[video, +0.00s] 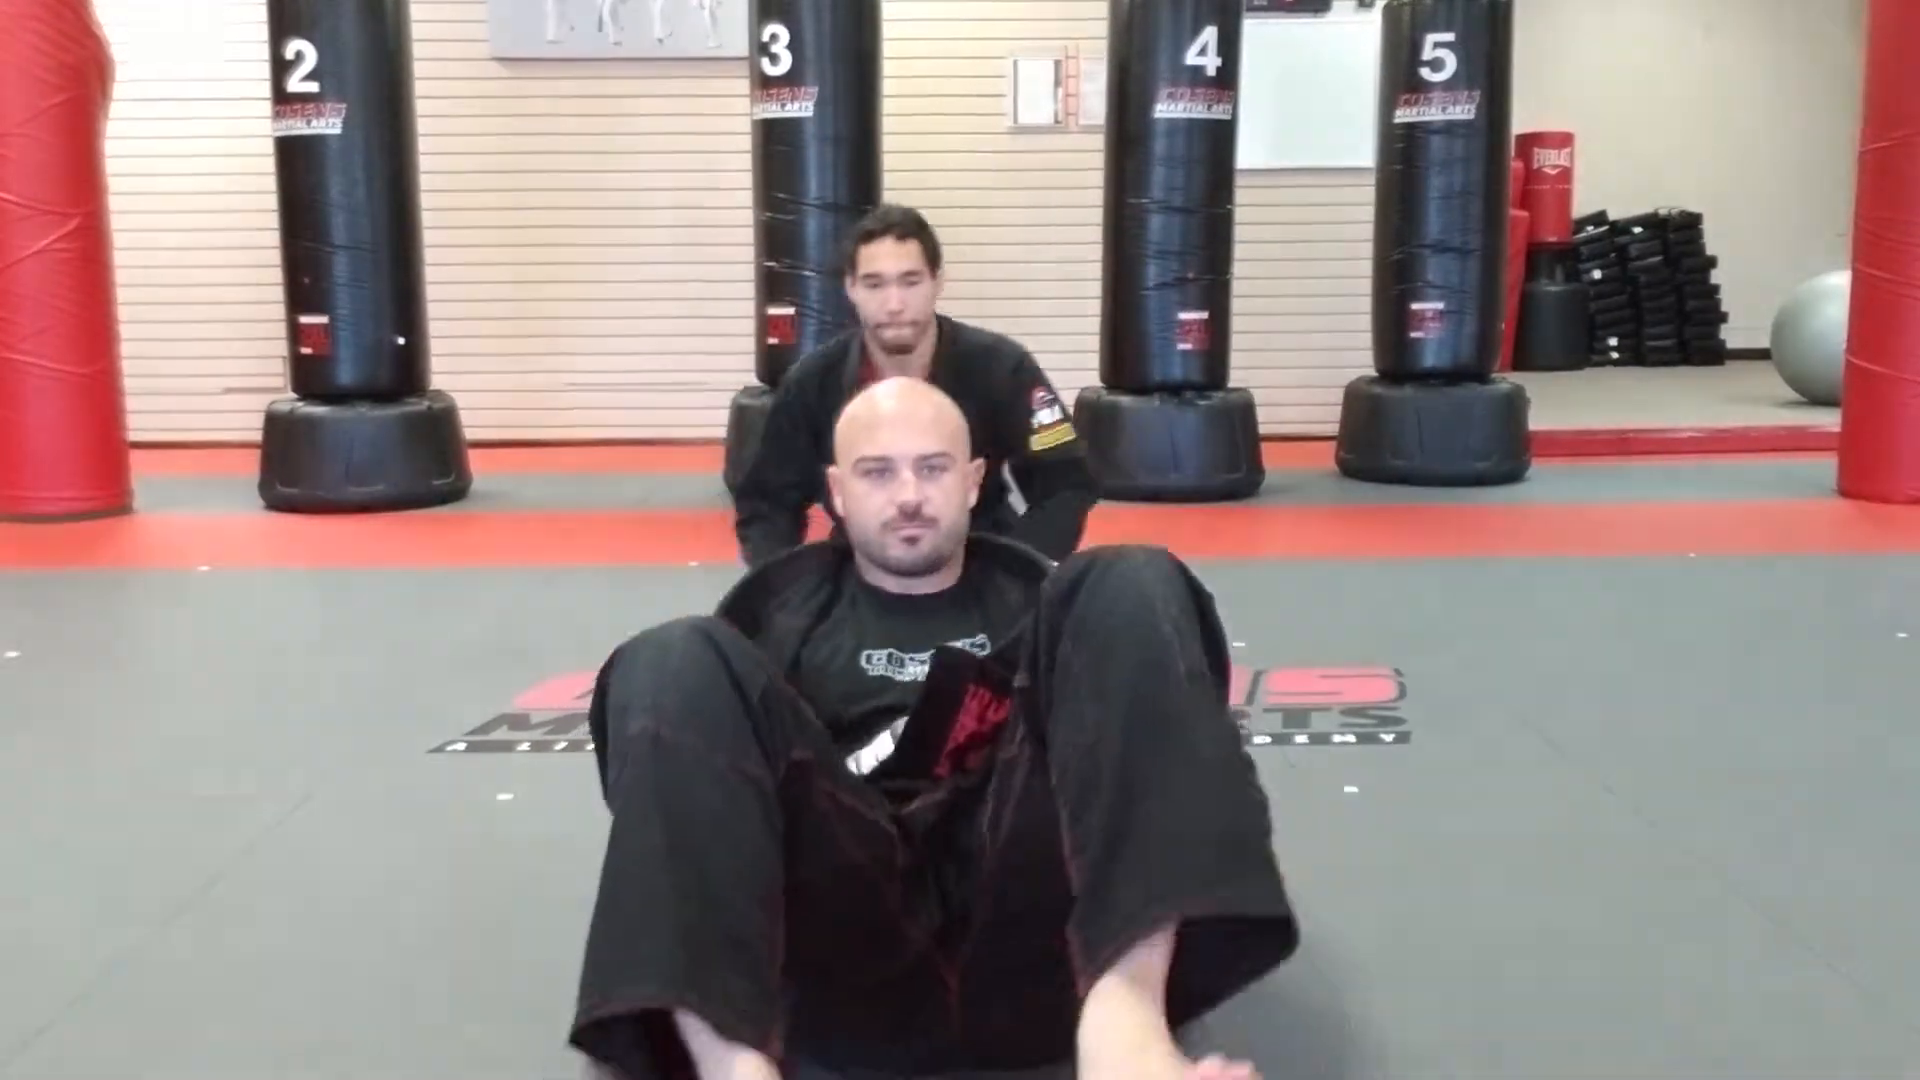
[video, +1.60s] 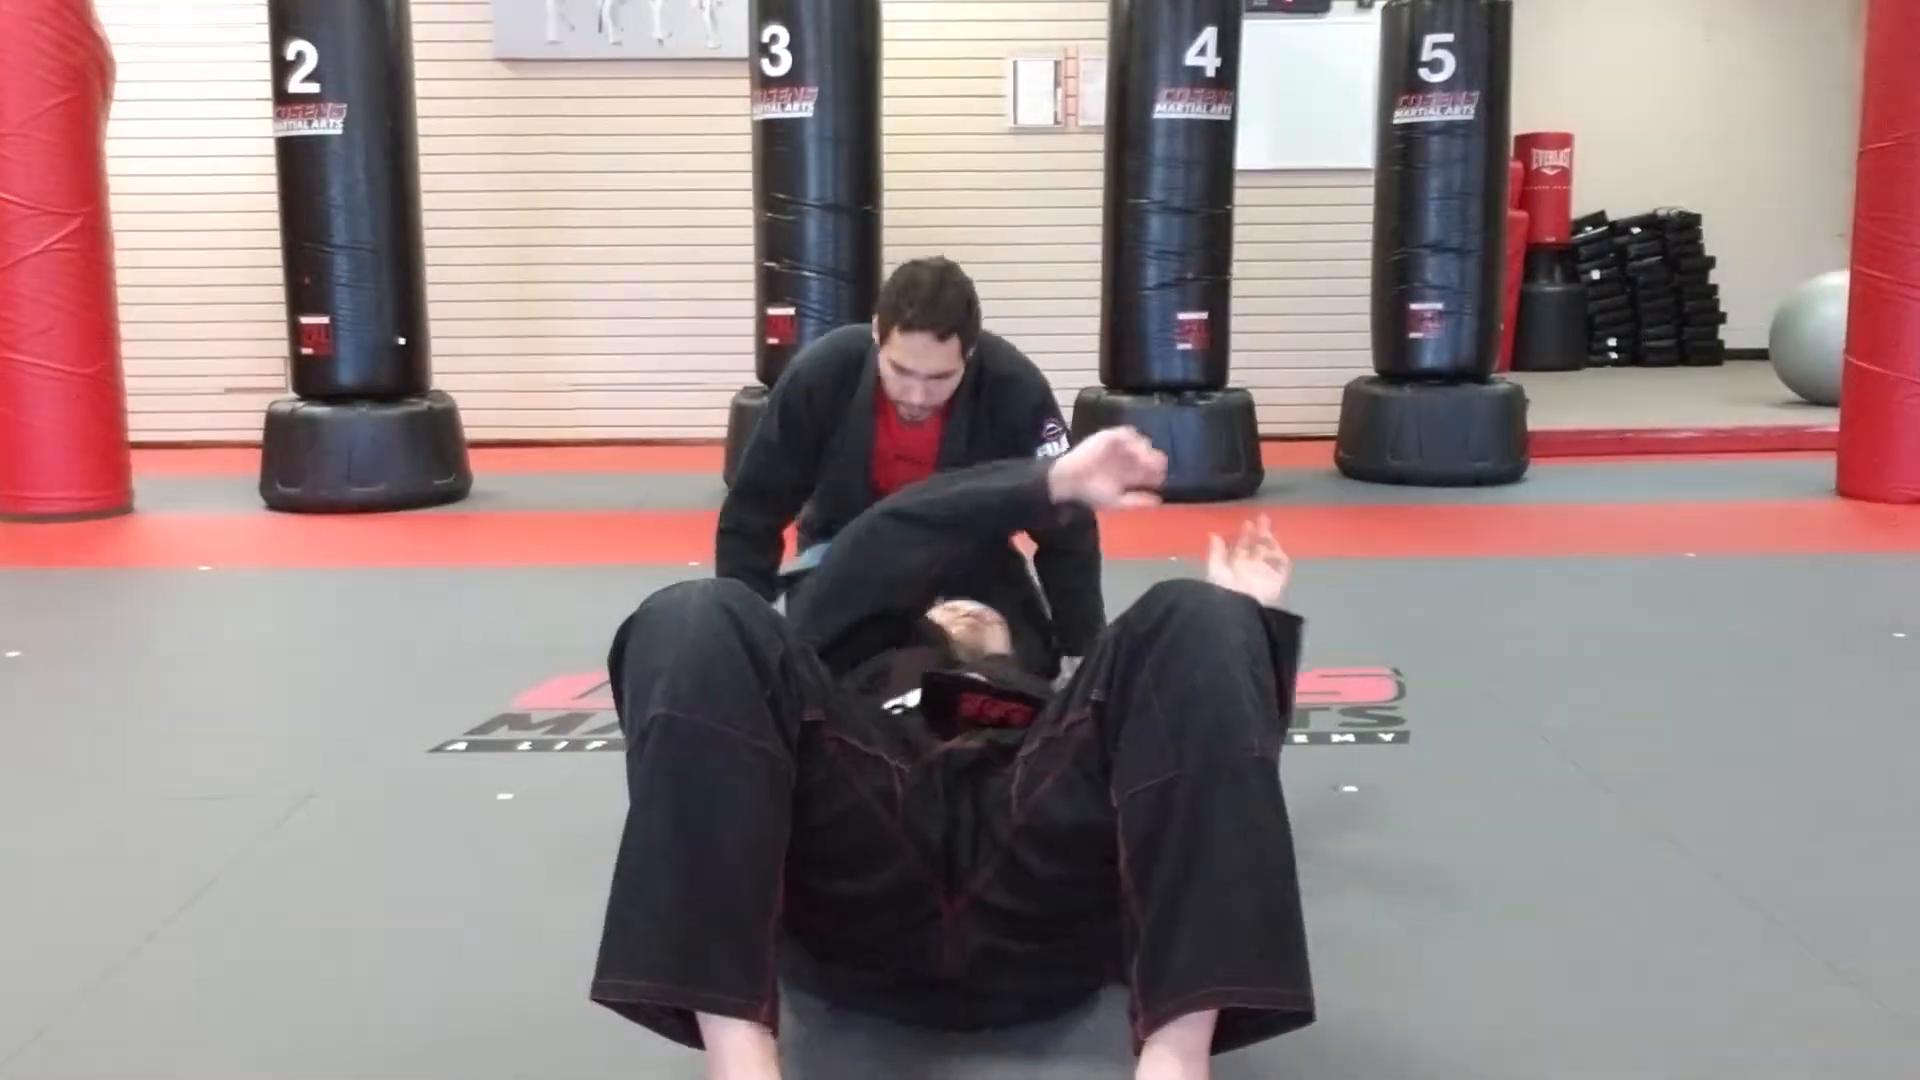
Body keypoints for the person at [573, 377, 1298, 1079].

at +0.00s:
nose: (908, 497)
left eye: (933, 469)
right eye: (878, 473)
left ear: (976, 481)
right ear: (833, 494)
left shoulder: (1054, 605)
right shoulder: (772, 609)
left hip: (1030, 938)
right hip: (829, 935)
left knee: (1138, 582)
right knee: (668, 663)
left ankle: (1129, 1027)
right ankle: (730, 1058)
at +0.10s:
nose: (891, 535)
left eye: (912, 509)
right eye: (859, 515)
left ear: (950, 519)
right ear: (812, 543)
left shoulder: (1037, 614)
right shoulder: (760, 643)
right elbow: (678, 779)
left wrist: (1068, 579)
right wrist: (650, 1002)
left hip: (1045, 949)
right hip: (845, 960)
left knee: (1126, 553)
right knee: (674, 620)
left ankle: (1171, 965)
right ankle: (782, 1035)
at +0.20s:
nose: (872, 564)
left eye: (890, 536)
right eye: (839, 549)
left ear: (928, 545)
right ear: (801, 575)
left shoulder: (1022, 643)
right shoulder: (768, 683)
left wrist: (1078, 556)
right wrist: (666, 978)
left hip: (1058, 949)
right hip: (859, 974)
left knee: (1113, 530)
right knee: (685, 585)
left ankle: (1186, 908)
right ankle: (794, 990)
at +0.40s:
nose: (856, 595)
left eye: (874, 571)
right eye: (824, 587)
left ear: (916, 588)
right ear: (796, 628)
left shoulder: (1025, 672)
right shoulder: (778, 716)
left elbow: (1185, 676)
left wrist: (1066, 572)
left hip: (1054, 947)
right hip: (850, 964)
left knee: (1108, 528)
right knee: (690, 569)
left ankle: (1178, 967)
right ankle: (715, 974)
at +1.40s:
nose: (876, 637)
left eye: (892, 631)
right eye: (854, 631)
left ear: (921, 649)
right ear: (824, 655)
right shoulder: (799, 696)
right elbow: (725, 619)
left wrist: (1135, 579)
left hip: (1060, 891)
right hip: (850, 906)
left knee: (1174, 600)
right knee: (672, 629)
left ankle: (1167, 1050)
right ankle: (734, 1053)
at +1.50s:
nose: (909, 634)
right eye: (895, 626)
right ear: (867, 638)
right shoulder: (816, 700)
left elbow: (1217, 720)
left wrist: (1208, 596)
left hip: (1055, 886)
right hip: (855, 888)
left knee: (1192, 607)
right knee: (677, 620)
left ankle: (1173, 1049)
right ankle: (737, 1048)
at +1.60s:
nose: (962, 617)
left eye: (986, 611)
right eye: (935, 612)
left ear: (1025, 643)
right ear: (898, 630)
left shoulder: (1079, 714)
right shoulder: (832, 682)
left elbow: (1225, 779)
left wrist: (1253, 634)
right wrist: (1053, 483)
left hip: (1050, 893)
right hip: (857, 882)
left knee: (1204, 614)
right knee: (688, 619)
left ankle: (1177, 1056)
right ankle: (739, 1052)